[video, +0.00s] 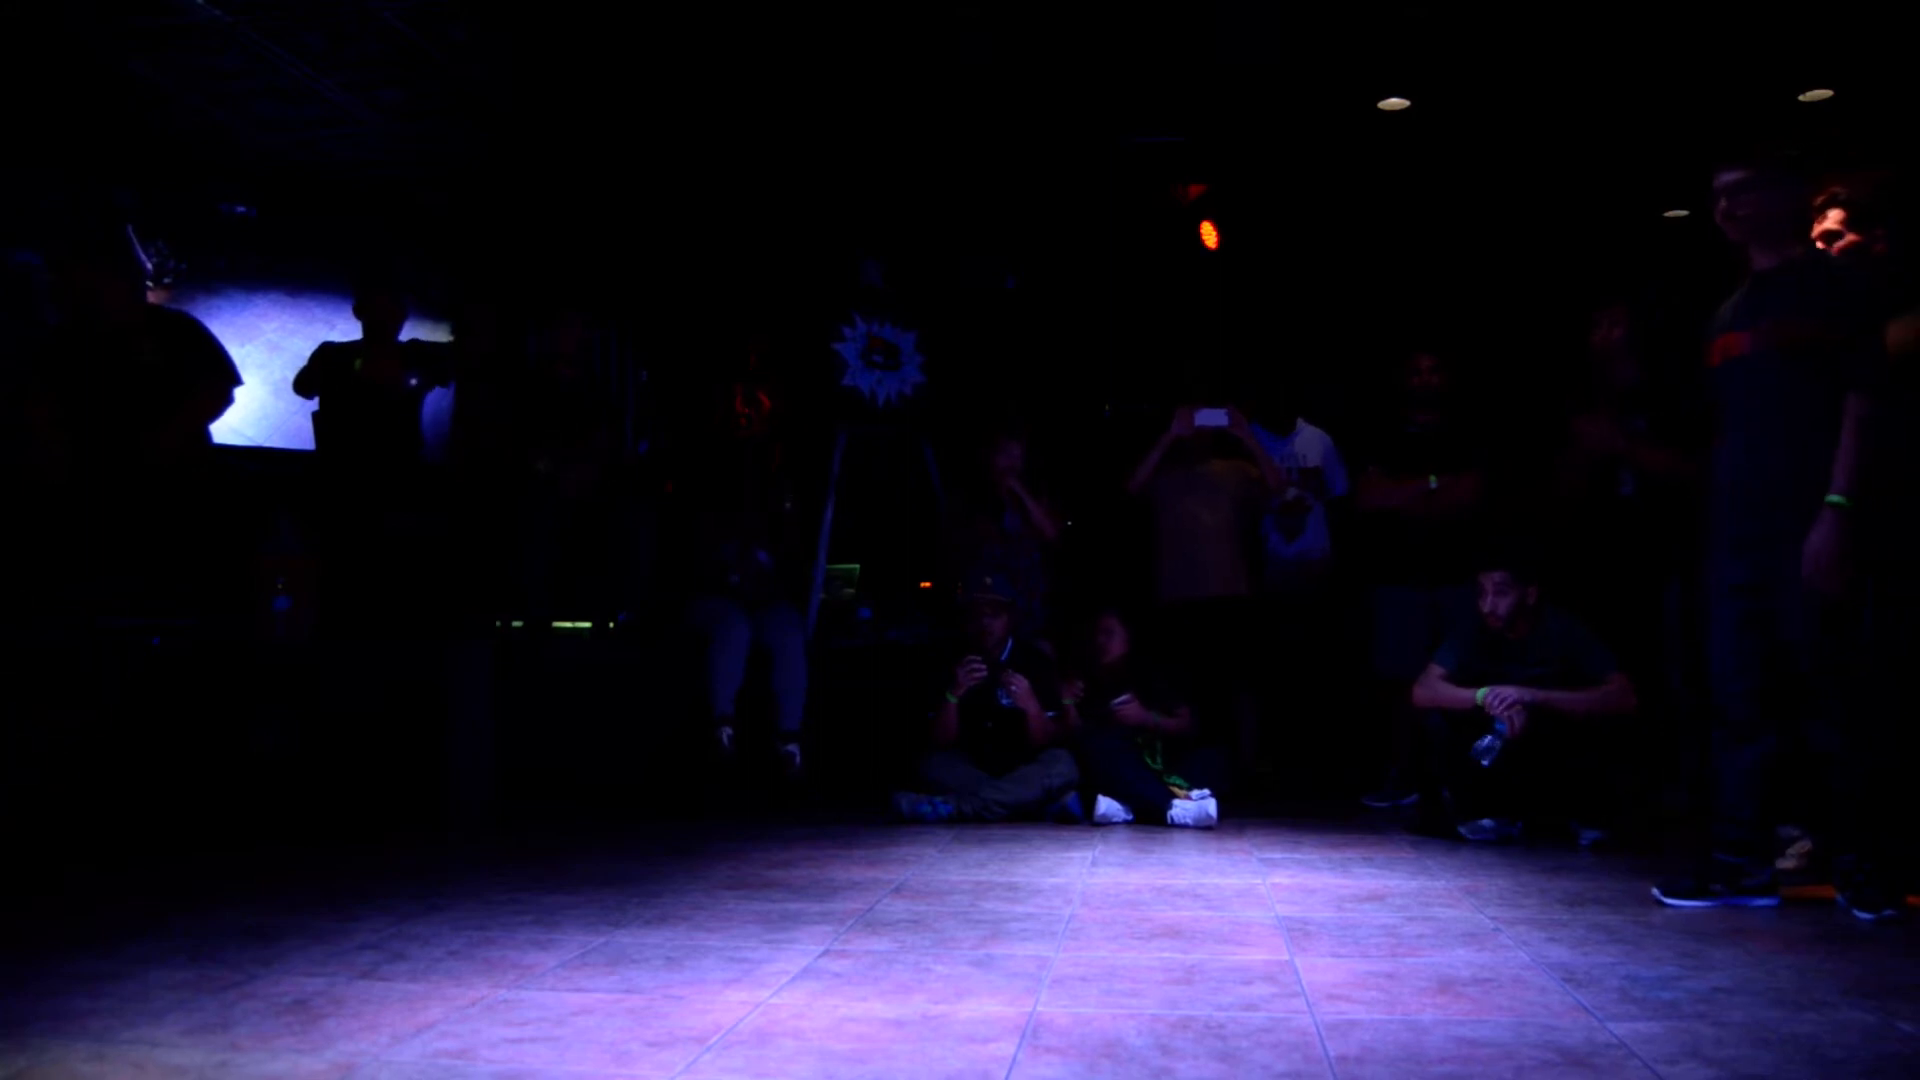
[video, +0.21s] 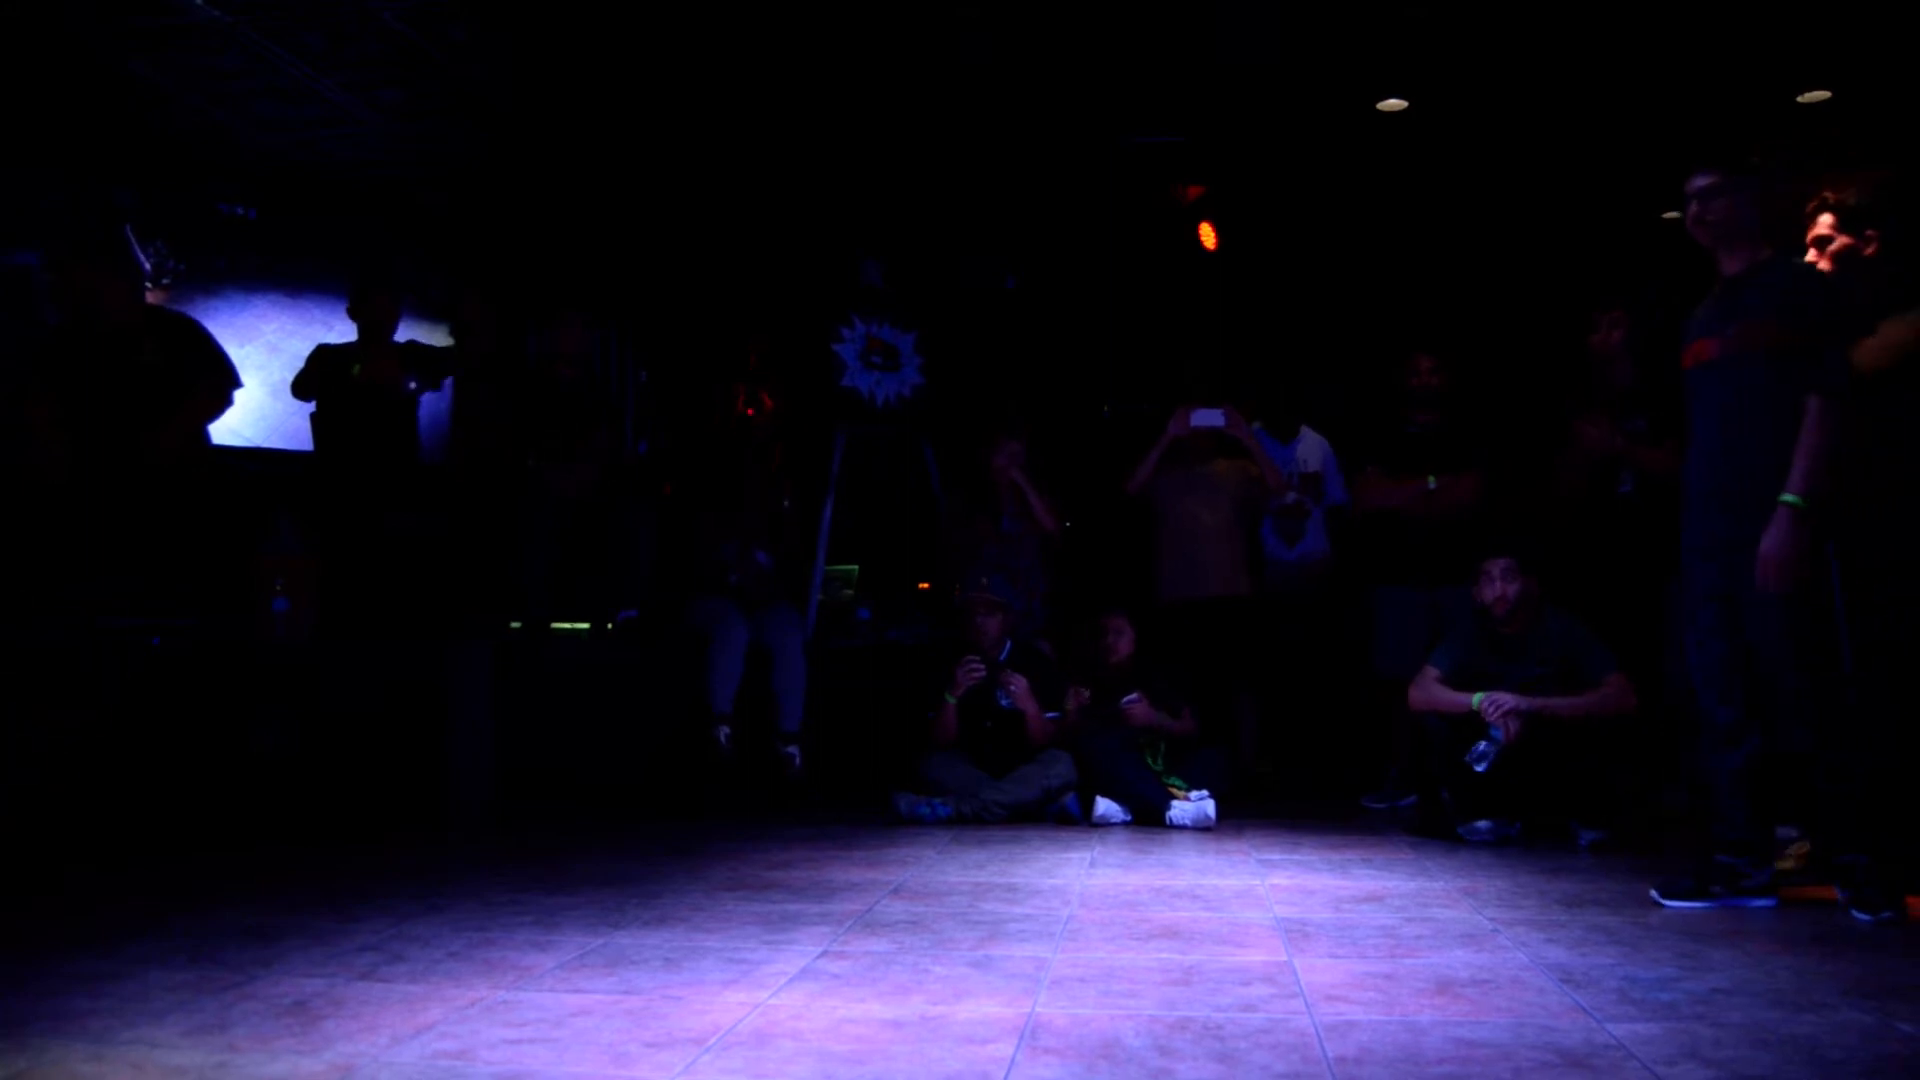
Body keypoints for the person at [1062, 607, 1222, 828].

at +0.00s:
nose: (1103, 641)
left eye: (1110, 633)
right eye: (1099, 633)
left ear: (1127, 637)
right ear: (1091, 639)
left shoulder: (1147, 675)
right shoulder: (1088, 679)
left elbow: (1184, 723)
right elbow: (1080, 733)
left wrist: (1143, 717)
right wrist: (1068, 703)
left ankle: (1130, 808)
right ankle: (1170, 808)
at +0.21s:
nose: (1111, 641)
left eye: (1119, 633)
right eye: (1105, 634)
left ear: (1134, 639)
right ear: (1096, 639)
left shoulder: (1152, 677)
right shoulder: (1088, 679)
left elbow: (1188, 726)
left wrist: (1152, 717)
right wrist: (1075, 712)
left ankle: (1129, 808)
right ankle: (1168, 809)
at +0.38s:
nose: (1120, 645)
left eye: (1130, 637)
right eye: (1116, 637)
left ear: (1144, 642)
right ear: (1106, 642)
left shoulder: (1161, 680)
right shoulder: (1098, 681)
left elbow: (1194, 732)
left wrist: (1160, 721)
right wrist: (1082, 719)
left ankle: (1132, 813)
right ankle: (1172, 813)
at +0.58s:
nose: (1128, 646)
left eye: (1137, 638)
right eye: (1123, 639)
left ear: (1153, 643)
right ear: (1115, 644)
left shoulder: (1172, 682)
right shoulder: (1107, 683)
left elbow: (1197, 732)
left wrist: (1166, 722)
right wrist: (1092, 719)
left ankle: (1135, 814)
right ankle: (1174, 814)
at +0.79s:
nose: (1137, 645)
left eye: (1146, 637)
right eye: (1131, 638)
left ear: (1161, 641)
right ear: (1123, 643)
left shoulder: (1181, 680)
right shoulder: (1115, 682)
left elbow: (1207, 733)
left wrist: (1175, 721)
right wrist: (1105, 719)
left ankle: (1143, 813)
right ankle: (1181, 813)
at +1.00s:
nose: (1178, 642)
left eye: (1188, 634)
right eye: (1174, 635)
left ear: (1204, 638)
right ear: (1166, 641)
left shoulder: (1226, 678)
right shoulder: (1158, 679)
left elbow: (1249, 731)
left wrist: (1213, 717)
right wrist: (1156, 718)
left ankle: (1183, 811)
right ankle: (1223, 812)